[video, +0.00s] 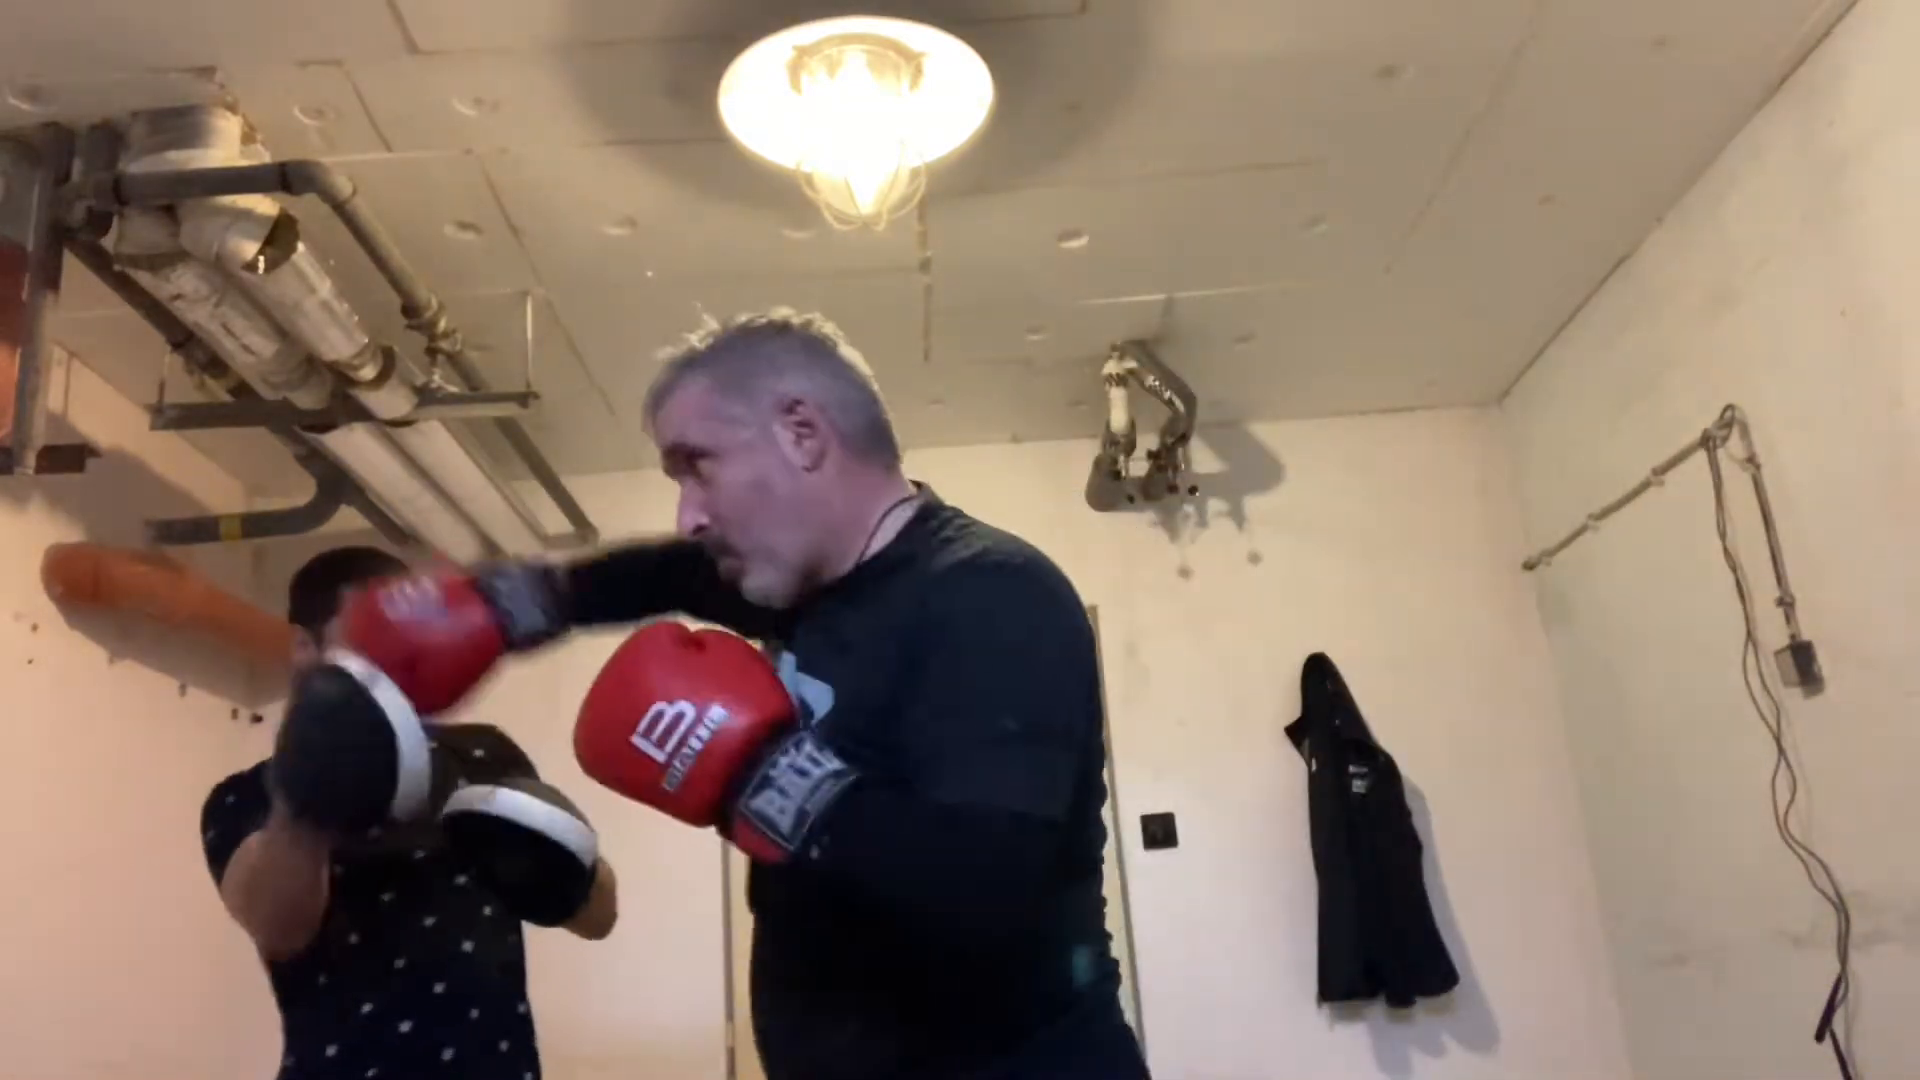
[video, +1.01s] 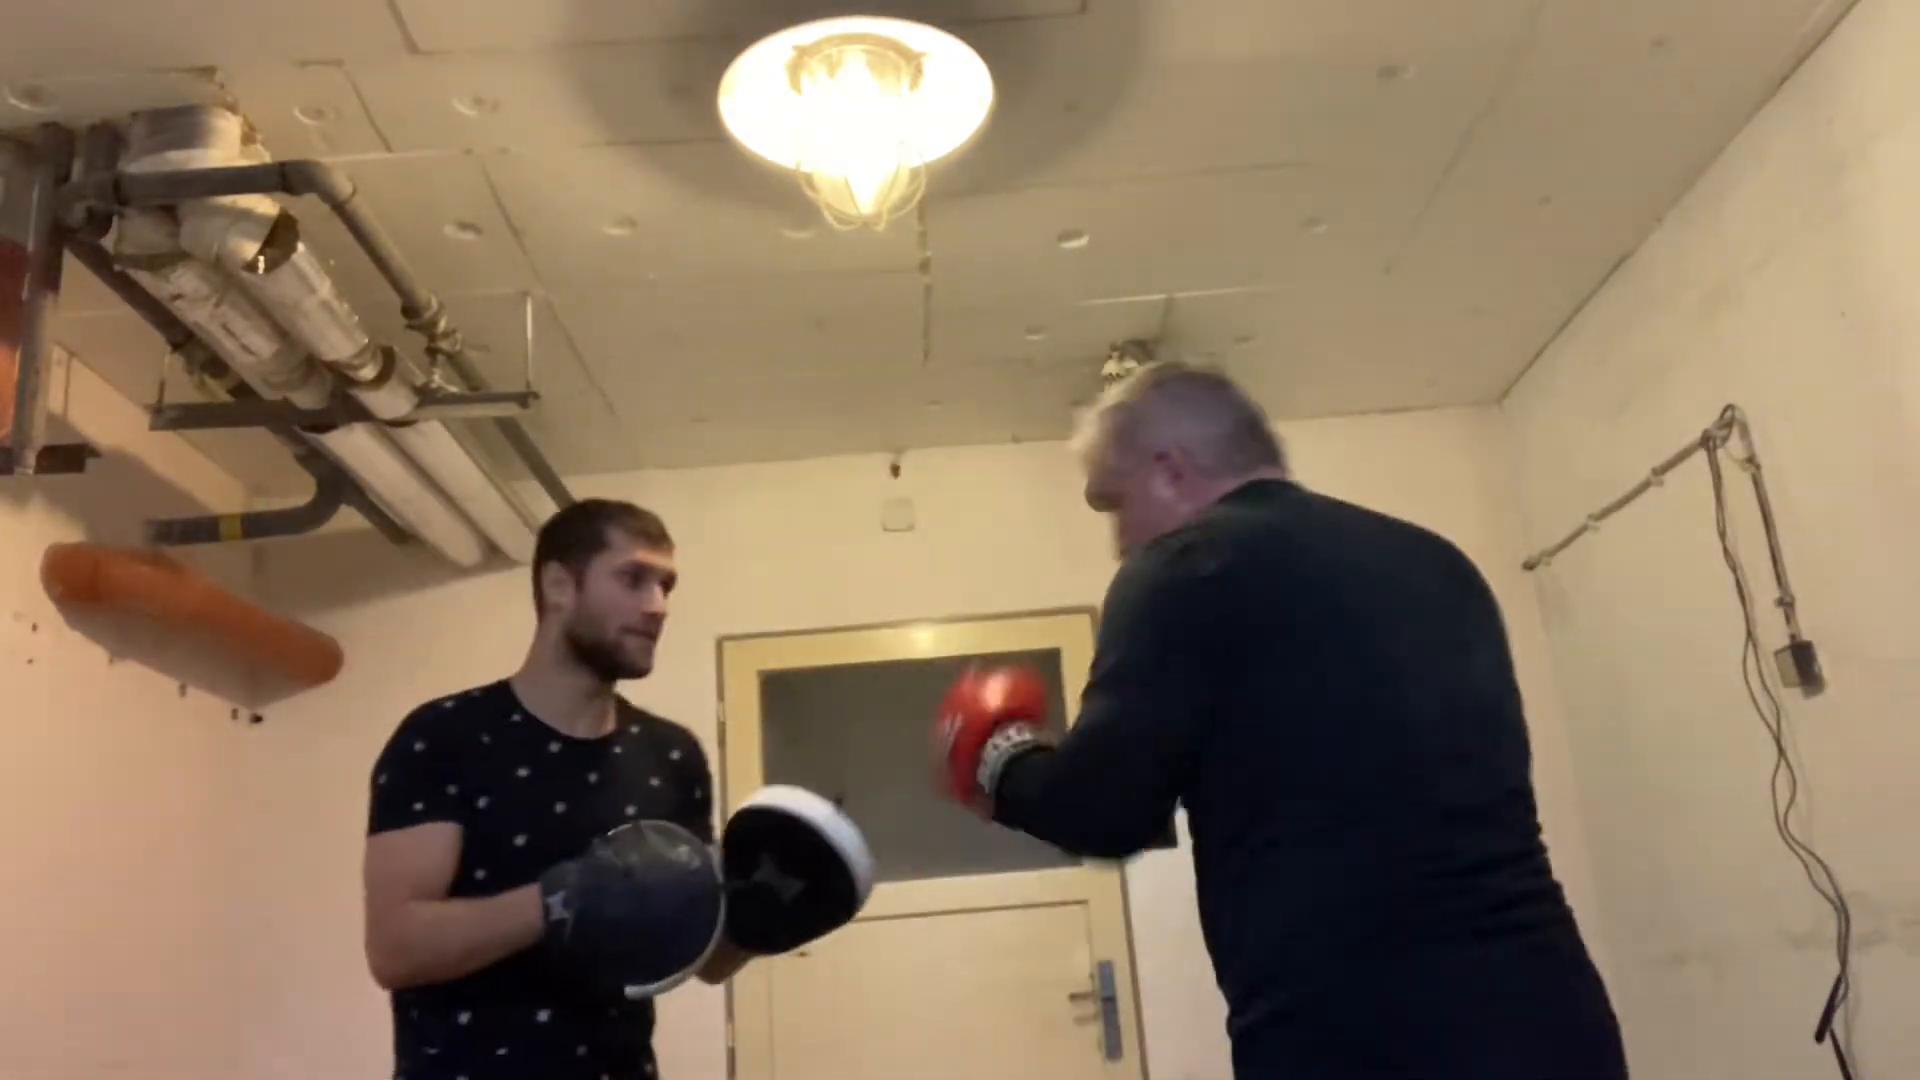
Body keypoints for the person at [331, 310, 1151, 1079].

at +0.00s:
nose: (688, 512)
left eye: (698, 467)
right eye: (678, 477)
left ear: (802, 437)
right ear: (798, 445)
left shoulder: (996, 603)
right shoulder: (815, 587)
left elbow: (994, 898)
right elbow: (677, 574)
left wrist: (770, 773)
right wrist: (507, 603)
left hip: (1008, 1061)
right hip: (834, 1054)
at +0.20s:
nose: (722, 499)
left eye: (732, 453)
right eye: (723, 459)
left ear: (815, 438)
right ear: (816, 438)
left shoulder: (928, 589)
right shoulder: (925, 573)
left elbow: (925, 881)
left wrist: (719, 799)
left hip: (991, 1056)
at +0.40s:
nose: (910, 518)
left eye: (913, 484)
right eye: (909, 486)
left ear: (957, 470)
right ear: (1060, 472)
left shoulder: (956, 605)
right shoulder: (1192, 602)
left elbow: (869, 824)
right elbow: (1205, 841)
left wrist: (710, 960)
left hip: (1053, 1046)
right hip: (1246, 1040)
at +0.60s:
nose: (1080, 550)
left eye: (1085, 518)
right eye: (1078, 520)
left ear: (1134, 502)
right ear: (1229, 505)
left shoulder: (1120, 609)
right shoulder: (1370, 618)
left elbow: (1081, 845)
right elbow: (1395, 847)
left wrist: (980, 1021)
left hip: (1226, 1042)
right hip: (1431, 1040)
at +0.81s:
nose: (1154, 516)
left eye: (1155, 490)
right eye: (1147, 496)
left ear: (1213, 471)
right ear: (1310, 473)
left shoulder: (1193, 552)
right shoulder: (1453, 586)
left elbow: (1150, 752)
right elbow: (1472, 812)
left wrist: (1058, 902)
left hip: (1305, 1027)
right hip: (1517, 1023)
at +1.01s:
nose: (1118, 546)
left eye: (1113, 508)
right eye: (1107, 516)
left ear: (1170, 473)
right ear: (1262, 458)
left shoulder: (1178, 577)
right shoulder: (1437, 560)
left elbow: (1112, 805)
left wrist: (999, 759)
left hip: (1331, 1030)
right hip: (1544, 1014)